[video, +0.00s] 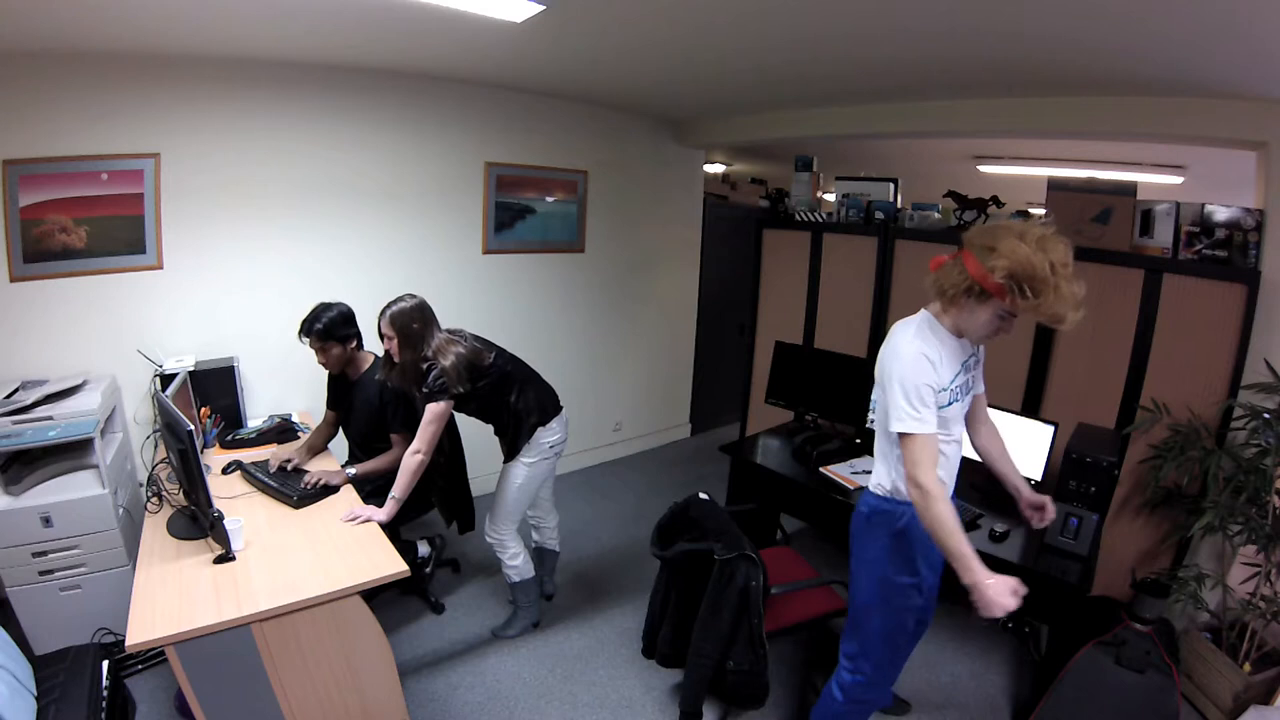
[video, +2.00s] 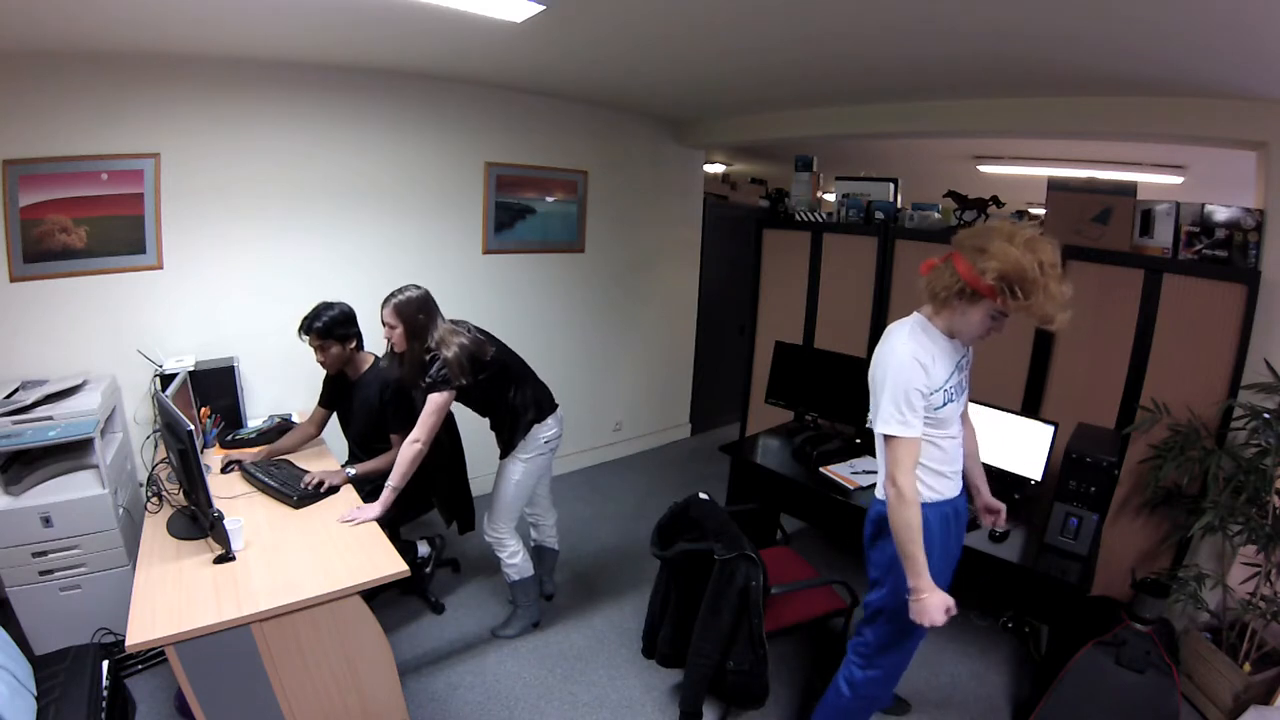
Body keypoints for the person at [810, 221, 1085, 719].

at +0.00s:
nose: (1006, 330)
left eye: (1013, 320)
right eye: (1004, 317)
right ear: (975, 293)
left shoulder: (965, 340)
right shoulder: (911, 354)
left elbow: (978, 420)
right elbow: (921, 483)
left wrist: (1020, 489)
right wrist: (978, 579)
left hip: (930, 512)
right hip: (894, 520)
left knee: (907, 615)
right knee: (868, 659)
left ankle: (871, 689)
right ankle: (835, 712)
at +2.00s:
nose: (998, 331)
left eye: (1004, 320)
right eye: (996, 317)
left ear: (975, 301)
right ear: (967, 294)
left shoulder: (954, 340)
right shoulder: (904, 357)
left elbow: (960, 420)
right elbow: (899, 485)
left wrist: (979, 491)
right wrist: (921, 585)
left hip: (944, 509)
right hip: (909, 519)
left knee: (907, 614)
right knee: (879, 646)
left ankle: (876, 688)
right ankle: (839, 712)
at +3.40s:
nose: (1006, 324)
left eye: (1013, 313)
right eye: (1005, 310)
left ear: (984, 296)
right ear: (977, 289)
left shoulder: (963, 339)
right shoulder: (914, 352)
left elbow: (977, 417)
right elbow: (925, 481)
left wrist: (1016, 490)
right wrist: (979, 578)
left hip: (935, 512)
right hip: (900, 521)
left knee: (910, 616)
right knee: (873, 658)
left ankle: (875, 689)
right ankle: (835, 714)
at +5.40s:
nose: (1001, 326)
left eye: (1007, 315)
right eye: (1000, 312)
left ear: (976, 294)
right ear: (971, 289)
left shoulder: (956, 339)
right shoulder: (911, 354)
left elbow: (964, 417)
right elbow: (910, 485)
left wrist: (986, 491)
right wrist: (937, 583)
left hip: (946, 512)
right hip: (910, 522)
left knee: (904, 618)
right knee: (879, 645)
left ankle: (876, 689)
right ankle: (839, 712)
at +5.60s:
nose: (1004, 327)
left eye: (1011, 315)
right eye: (1003, 313)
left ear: (982, 295)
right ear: (975, 291)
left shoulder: (960, 342)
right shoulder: (914, 352)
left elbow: (981, 419)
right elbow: (935, 480)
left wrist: (1029, 486)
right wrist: (999, 573)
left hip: (930, 521)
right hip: (894, 528)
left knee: (912, 624)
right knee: (873, 679)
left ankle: (879, 692)